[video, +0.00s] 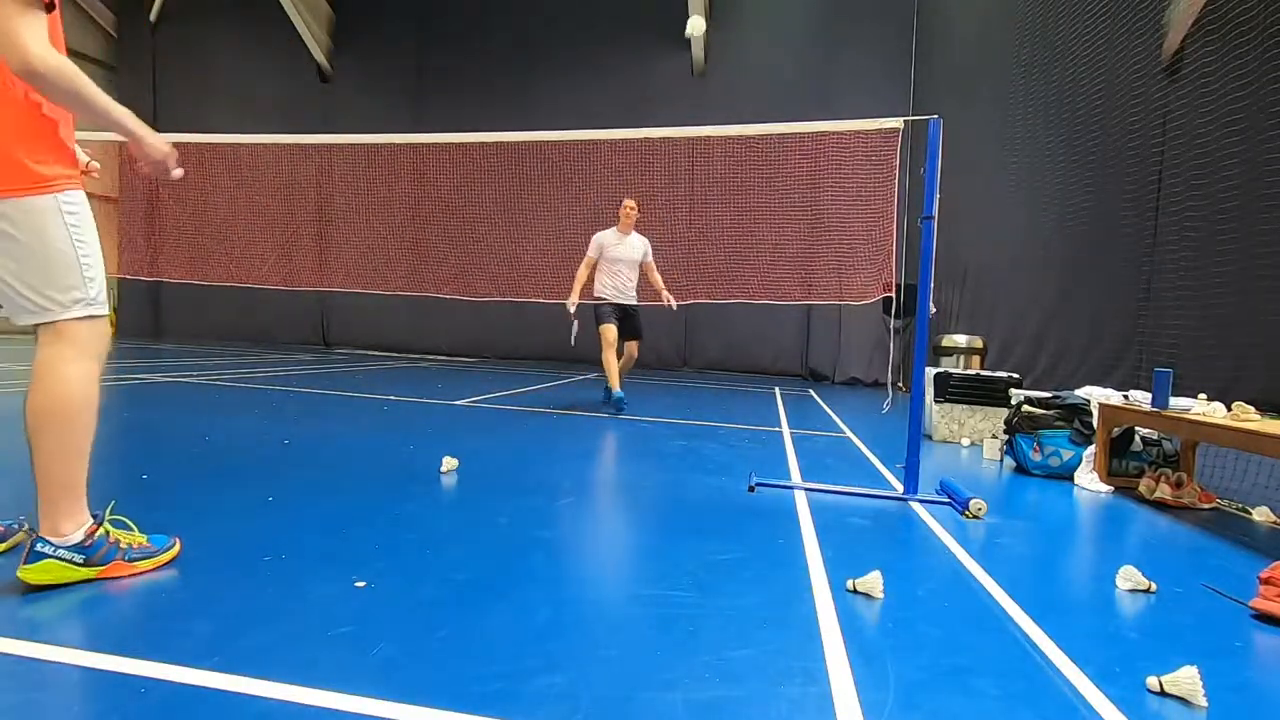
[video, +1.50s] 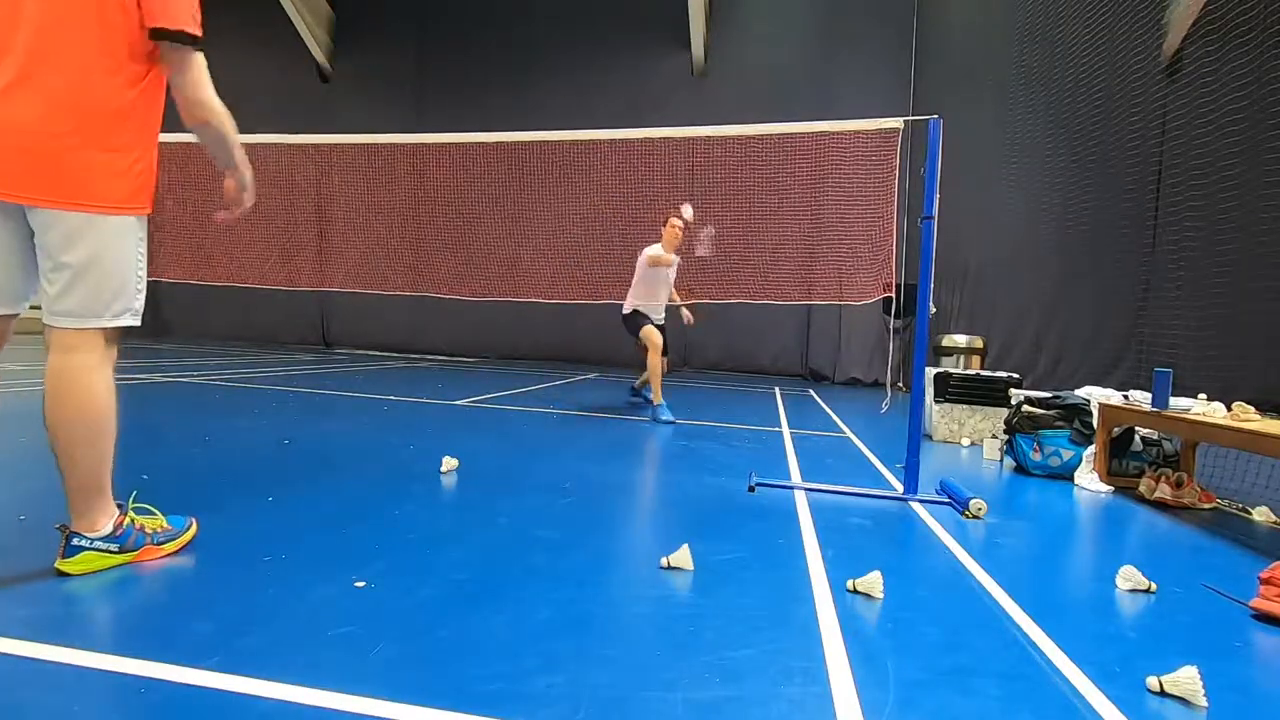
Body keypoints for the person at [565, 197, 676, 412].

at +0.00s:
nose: (629, 212)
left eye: (633, 209)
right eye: (626, 208)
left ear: (638, 215)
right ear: (618, 211)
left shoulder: (643, 243)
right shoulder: (601, 238)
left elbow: (651, 271)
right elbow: (586, 266)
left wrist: (663, 290)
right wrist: (574, 294)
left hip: (630, 303)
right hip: (605, 300)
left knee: (632, 353)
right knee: (610, 339)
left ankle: (611, 382)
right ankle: (616, 392)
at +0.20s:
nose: (615, 203)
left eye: (619, 200)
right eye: (612, 199)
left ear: (625, 205)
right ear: (607, 202)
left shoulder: (634, 232)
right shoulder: (592, 230)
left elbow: (645, 259)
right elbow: (579, 258)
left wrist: (646, 271)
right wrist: (569, 279)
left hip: (621, 293)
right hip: (594, 291)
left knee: (621, 342)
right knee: (587, 335)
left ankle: (610, 387)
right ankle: (584, 383)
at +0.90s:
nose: (615, 228)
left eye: (618, 225)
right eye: (612, 224)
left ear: (623, 229)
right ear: (606, 228)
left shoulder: (631, 254)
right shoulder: (591, 254)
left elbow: (635, 278)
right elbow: (579, 282)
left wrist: (642, 302)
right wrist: (577, 309)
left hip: (624, 310)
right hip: (597, 312)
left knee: (645, 346)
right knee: (587, 352)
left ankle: (643, 387)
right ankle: (582, 379)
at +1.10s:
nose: (644, 223)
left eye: (647, 221)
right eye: (640, 219)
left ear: (651, 226)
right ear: (632, 223)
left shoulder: (652, 253)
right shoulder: (616, 249)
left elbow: (657, 280)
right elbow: (605, 281)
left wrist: (667, 299)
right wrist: (602, 310)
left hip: (639, 308)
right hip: (616, 308)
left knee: (656, 350)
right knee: (620, 353)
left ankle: (644, 389)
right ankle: (603, 368)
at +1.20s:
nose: (655, 224)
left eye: (658, 221)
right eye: (651, 220)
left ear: (661, 226)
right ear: (643, 223)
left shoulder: (662, 255)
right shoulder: (626, 247)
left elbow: (670, 281)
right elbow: (615, 276)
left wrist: (686, 297)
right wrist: (617, 299)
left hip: (645, 308)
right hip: (624, 304)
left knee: (657, 355)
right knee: (633, 340)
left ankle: (644, 389)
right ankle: (620, 386)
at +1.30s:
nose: (661, 221)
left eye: (665, 218)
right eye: (658, 216)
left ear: (668, 224)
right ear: (650, 220)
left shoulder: (667, 253)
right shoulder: (635, 241)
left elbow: (673, 278)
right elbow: (627, 263)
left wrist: (691, 290)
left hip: (649, 306)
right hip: (626, 301)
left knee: (654, 355)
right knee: (638, 337)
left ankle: (643, 388)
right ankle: (639, 391)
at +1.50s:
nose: (676, 232)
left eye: (680, 229)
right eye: (672, 227)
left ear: (683, 235)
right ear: (663, 230)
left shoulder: (674, 261)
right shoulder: (651, 251)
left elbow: (668, 287)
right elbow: (651, 260)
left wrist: (681, 307)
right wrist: (672, 260)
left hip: (658, 316)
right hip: (636, 311)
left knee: (661, 366)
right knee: (656, 341)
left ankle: (638, 386)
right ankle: (658, 403)